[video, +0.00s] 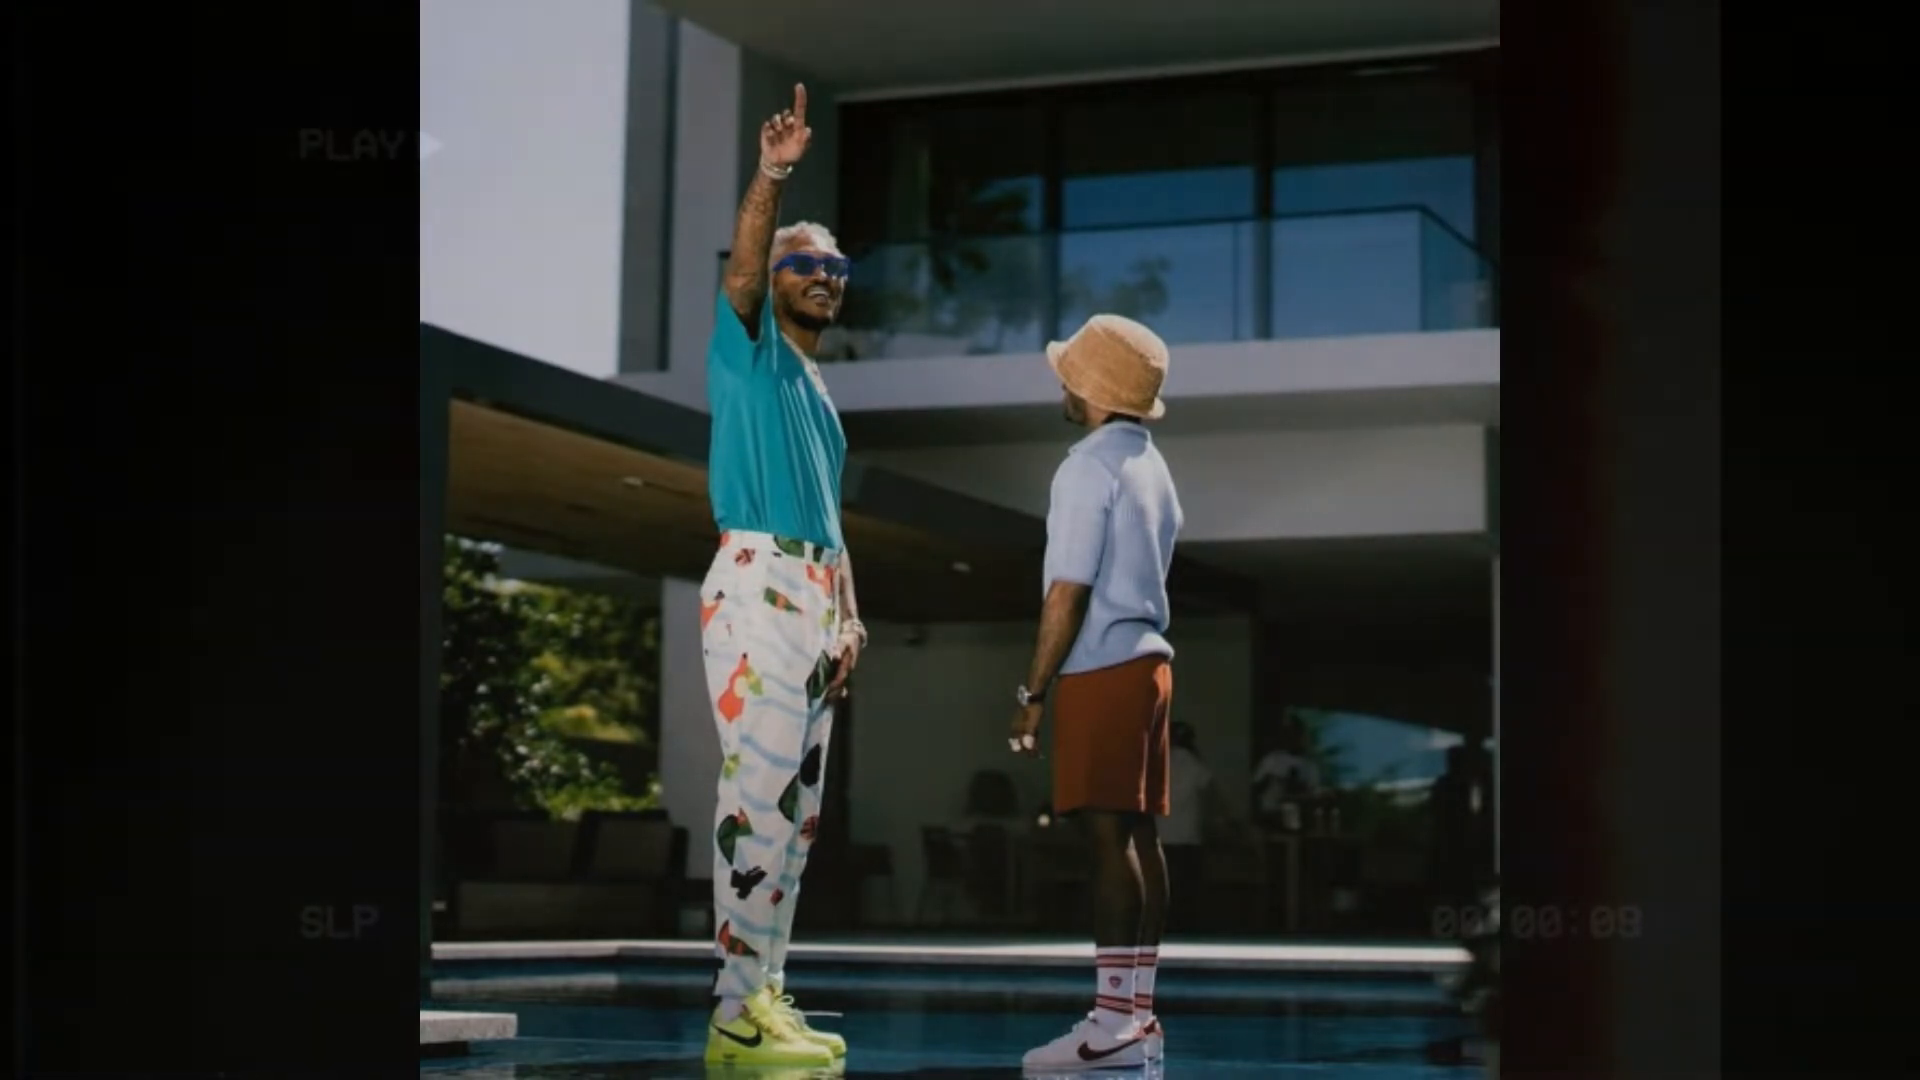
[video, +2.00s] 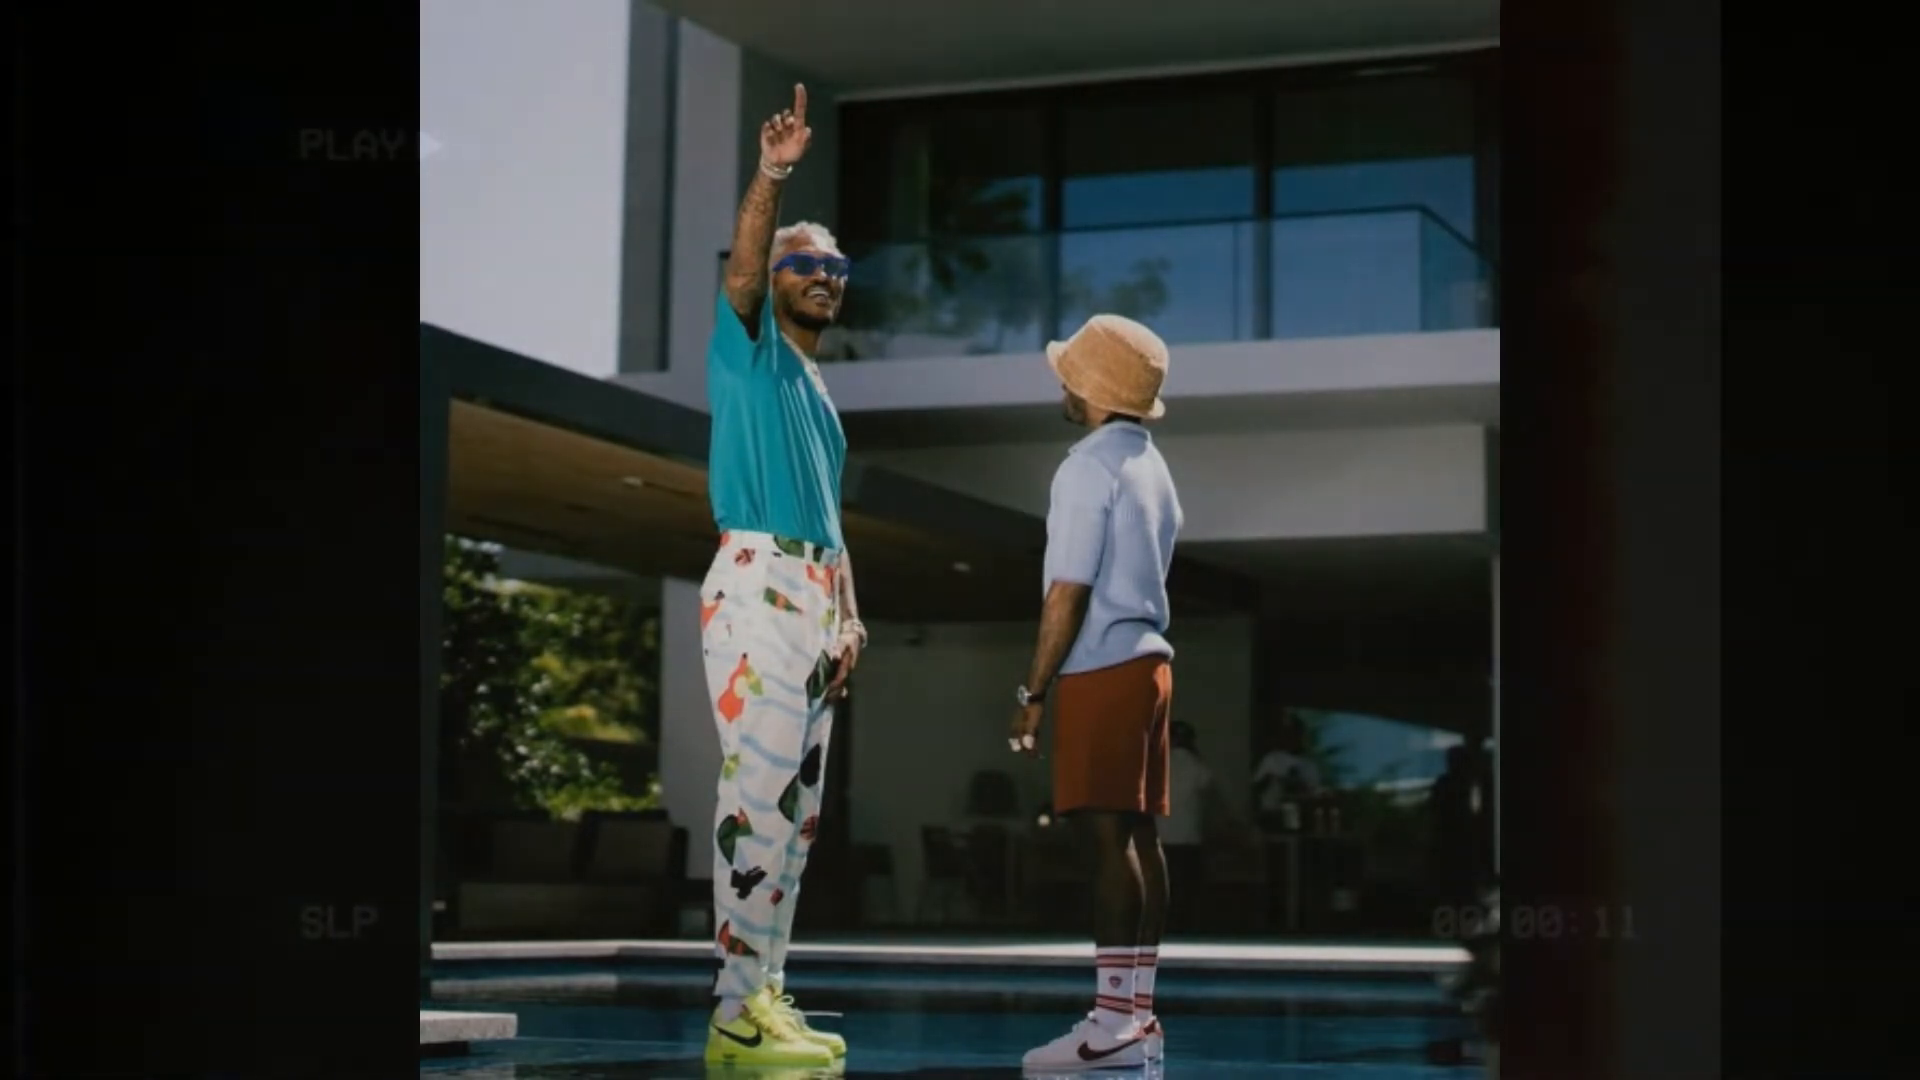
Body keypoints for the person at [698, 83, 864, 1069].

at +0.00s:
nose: (823, 283)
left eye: (834, 274)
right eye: (806, 268)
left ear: (841, 293)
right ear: (770, 278)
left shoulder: (818, 394)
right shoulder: (744, 343)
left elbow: (828, 520)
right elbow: (744, 268)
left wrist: (847, 612)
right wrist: (769, 174)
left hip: (814, 589)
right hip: (756, 581)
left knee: (794, 798)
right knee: (759, 791)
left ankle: (756, 1003)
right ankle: (746, 1003)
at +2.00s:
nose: (823, 282)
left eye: (834, 273)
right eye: (806, 268)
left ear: (841, 293)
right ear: (770, 278)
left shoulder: (818, 395)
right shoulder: (744, 343)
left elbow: (827, 520)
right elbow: (743, 268)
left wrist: (847, 613)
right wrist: (770, 173)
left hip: (814, 590)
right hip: (756, 582)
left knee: (794, 798)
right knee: (758, 791)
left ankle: (757, 1002)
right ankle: (746, 1003)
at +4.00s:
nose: (823, 283)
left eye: (834, 274)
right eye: (806, 268)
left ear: (841, 293)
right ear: (770, 278)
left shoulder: (817, 393)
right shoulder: (744, 343)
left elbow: (827, 519)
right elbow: (743, 268)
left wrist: (846, 612)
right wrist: (770, 174)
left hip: (814, 590)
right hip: (756, 582)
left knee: (793, 799)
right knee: (759, 791)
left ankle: (754, 1007)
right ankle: (748, 1004)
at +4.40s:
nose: (822, 281)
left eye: (833, 272)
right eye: (805, 267)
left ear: (841, 292)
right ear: (769, 278)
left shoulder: (817, 392)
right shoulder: (744, 343)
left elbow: (827, 519)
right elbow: (744, 268)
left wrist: (847, 612)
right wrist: (770, 173)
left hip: (814, 589)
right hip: (756, 581)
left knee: (794, 797)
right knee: (759, 790)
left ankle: (757, 1002)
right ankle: (747, 1003)